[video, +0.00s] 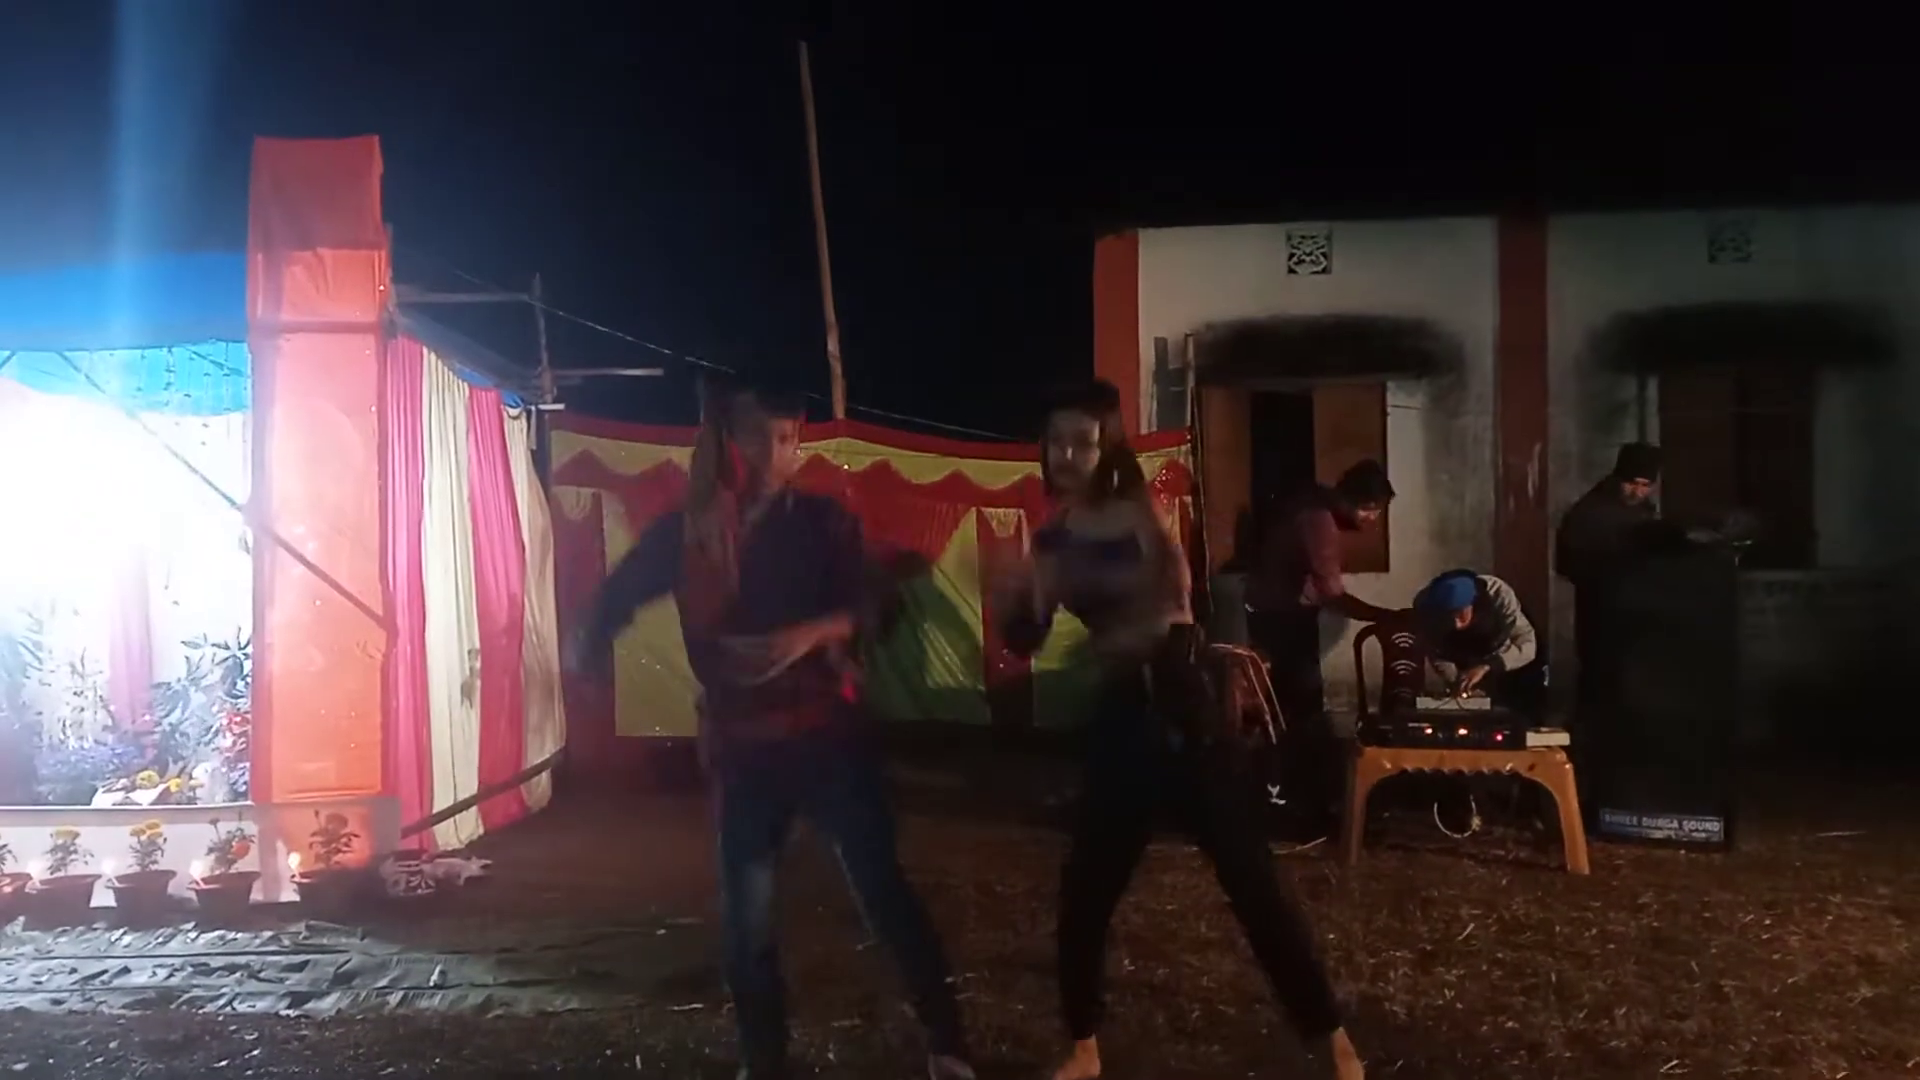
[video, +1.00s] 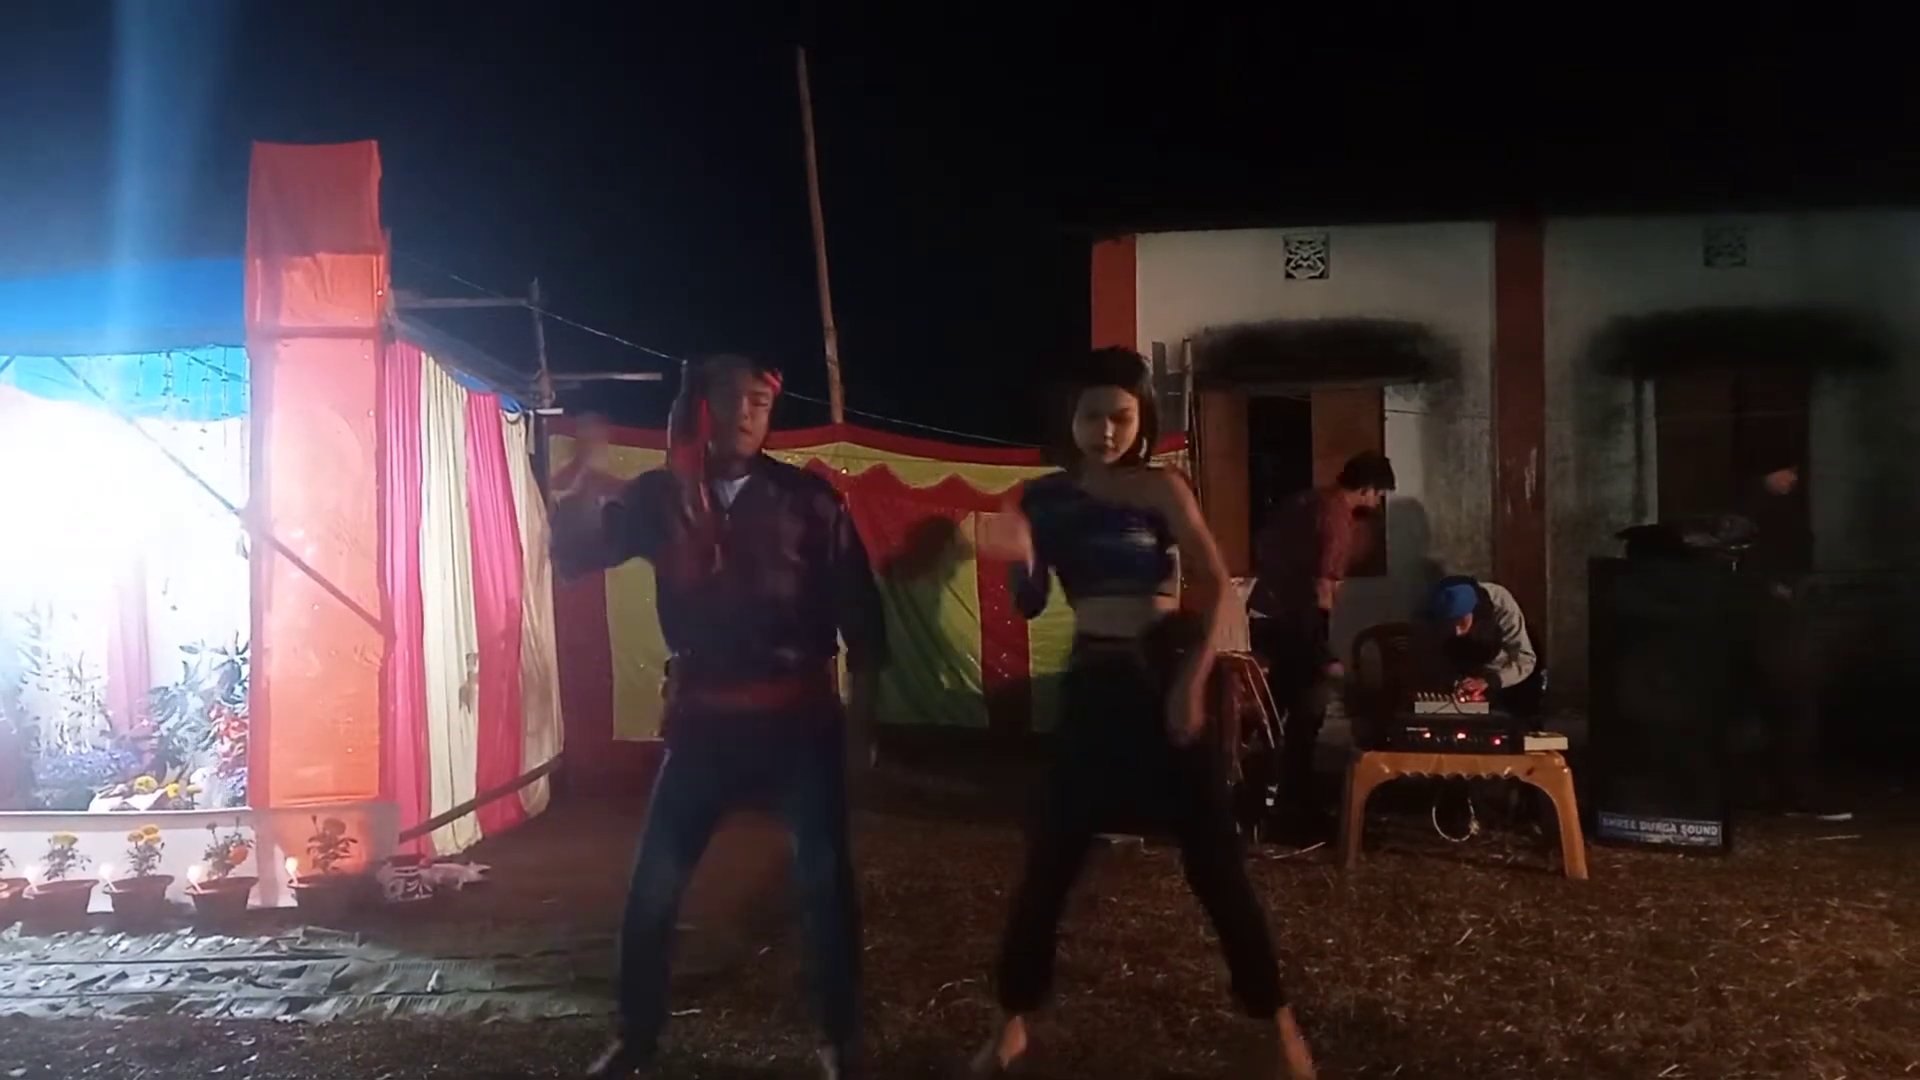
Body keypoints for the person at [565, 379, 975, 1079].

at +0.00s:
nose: (789, 453)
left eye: (794, 439)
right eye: (774, 440)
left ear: (798, 444)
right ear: (733, 444)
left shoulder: (825, 519)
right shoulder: (690, 530)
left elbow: (867, 609)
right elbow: (620, 592)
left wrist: (803, 636)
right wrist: (587, 639)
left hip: (830, 741)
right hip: (746, 750)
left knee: (881, 893)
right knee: (747, 918)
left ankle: (946, 1045)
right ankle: (762, 1060)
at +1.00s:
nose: (750, 415)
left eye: (760, 403)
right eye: (736, 401)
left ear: (771, 415)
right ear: (700, 409)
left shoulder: (811, 500)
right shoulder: (662, 495)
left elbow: (862, 620)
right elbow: (574, 556)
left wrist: (866, 719)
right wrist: (577, 492)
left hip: (798, 723)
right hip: (702, 726)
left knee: (827, 881)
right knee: (654, 884)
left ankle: (842, 1041)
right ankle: (636, 1039)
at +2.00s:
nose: (812, 409)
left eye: (821, 396)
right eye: (799, 392)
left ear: (825, 408)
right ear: (757, 393)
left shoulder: (849, 492)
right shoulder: (700, 472)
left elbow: (917, 581)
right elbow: (626, 528)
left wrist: (908, 672)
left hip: (798, 713)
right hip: (700, 712)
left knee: (822, 888)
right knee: (668, 882)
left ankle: (825, 1045)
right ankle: (623, 1042)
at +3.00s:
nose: (748, 472)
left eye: (755, 457)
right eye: (731, 458)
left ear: (765, 470)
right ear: (692, 472)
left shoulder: (784, 564)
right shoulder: (652, 565)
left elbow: (811, 685)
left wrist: (819, 784)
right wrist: (780, 638)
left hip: (713, 787)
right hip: (628, 780)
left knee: (777, 946)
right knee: (602, 951)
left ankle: (792, 1066)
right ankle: (542, 1067)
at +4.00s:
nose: (778, 464)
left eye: (787, 450)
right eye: (764, 447)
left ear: (791, 457)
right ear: (725, 448)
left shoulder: (814, 544)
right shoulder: (669, 542)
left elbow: (841, 648)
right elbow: (622, 643)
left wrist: (849, 732)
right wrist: (664, 693)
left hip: (789, 761)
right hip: (699, 764)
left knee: (848, 900)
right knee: (685, 925)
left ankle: (917, 1019)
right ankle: (692, 1062)